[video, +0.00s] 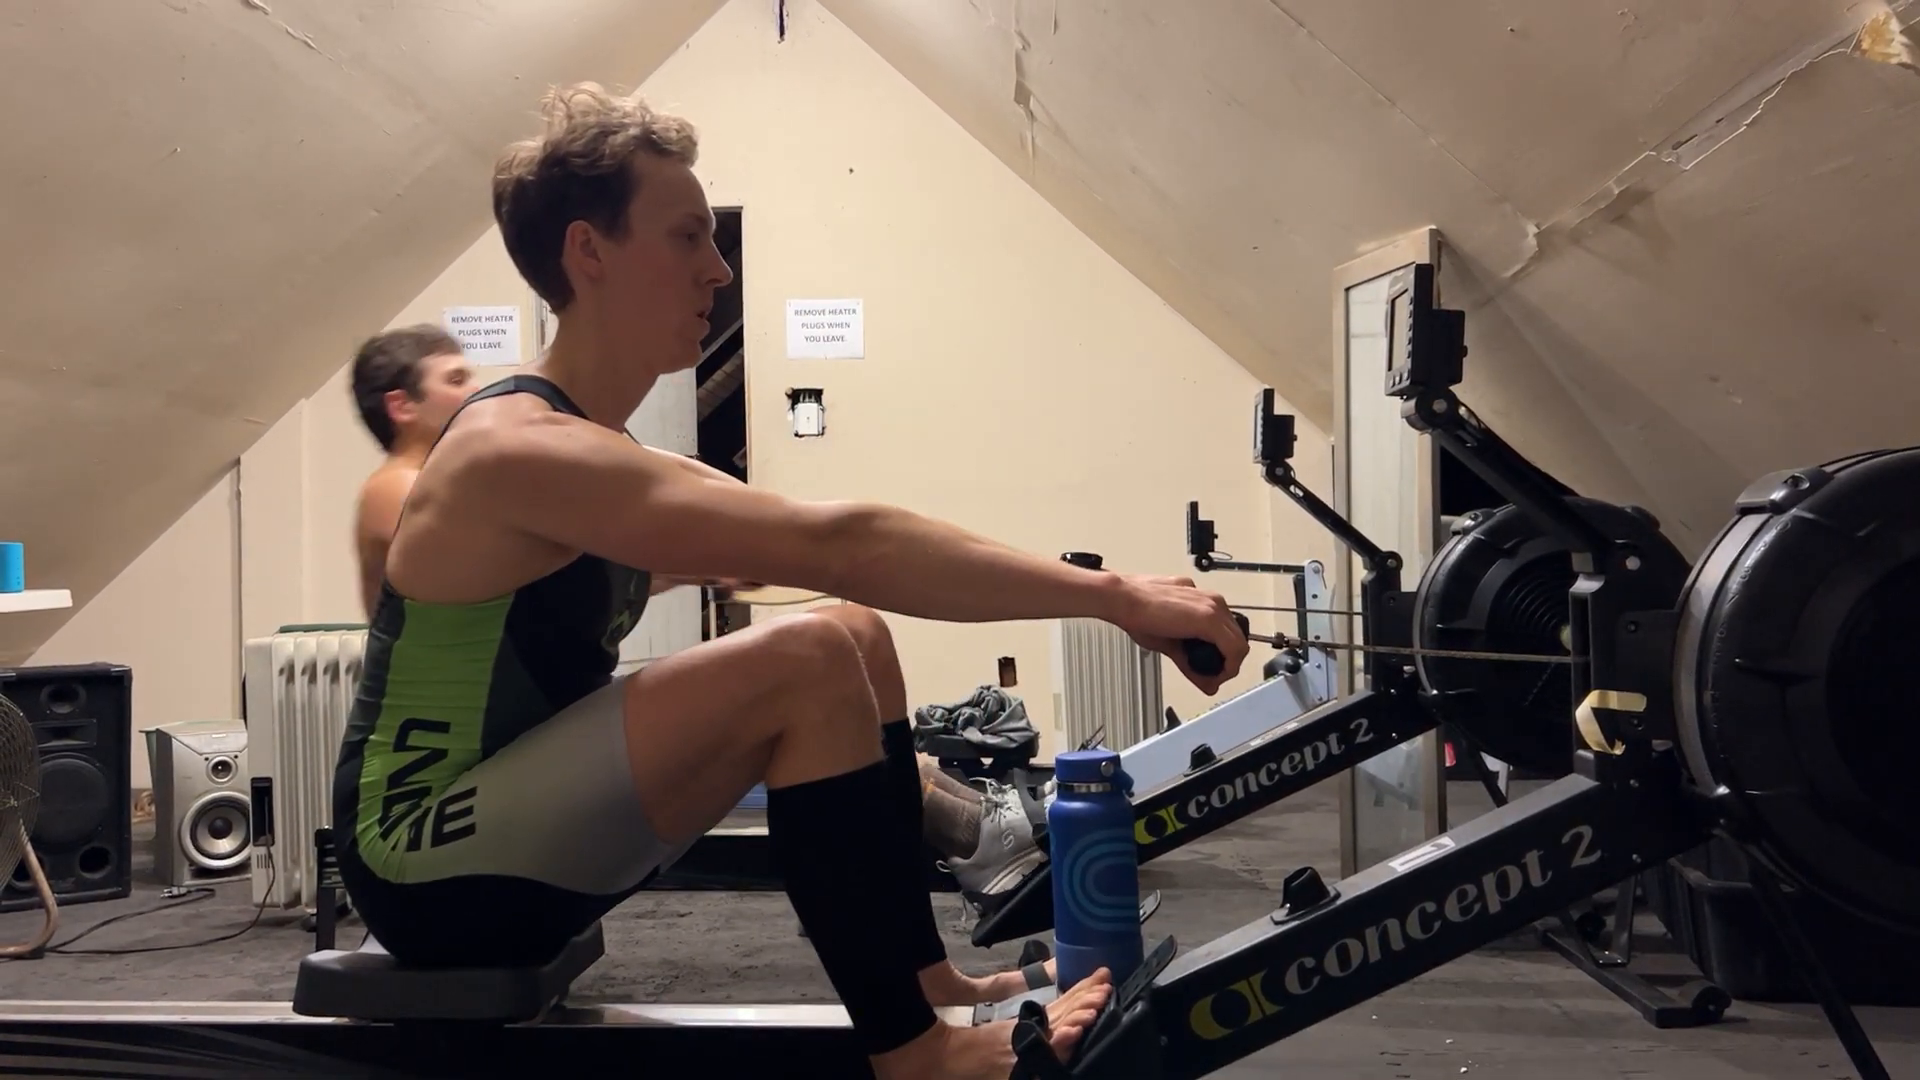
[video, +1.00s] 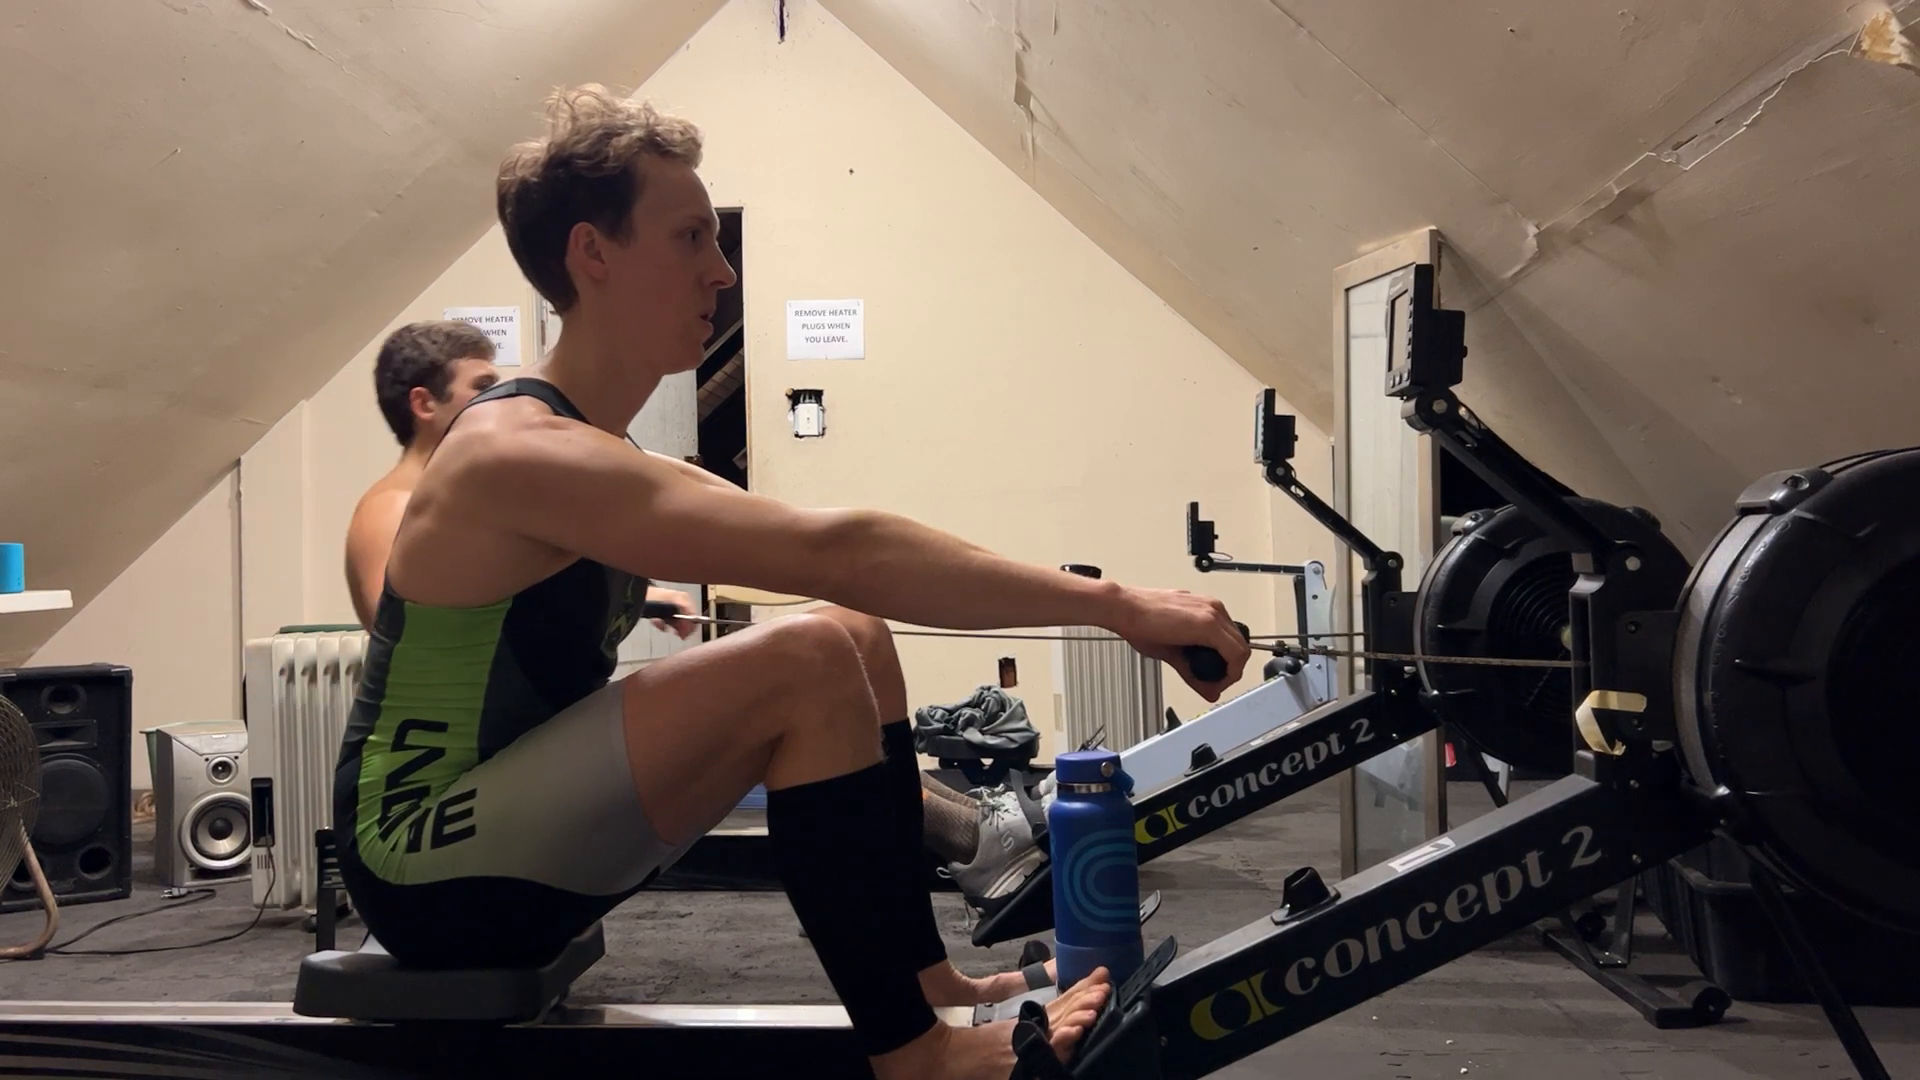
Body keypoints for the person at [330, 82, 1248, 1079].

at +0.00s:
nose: (719, 271)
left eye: (710, 240)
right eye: (689, 240)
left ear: (593, 260)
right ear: (586, 257)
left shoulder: (595, 452)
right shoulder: (517, 449)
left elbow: (834, 557)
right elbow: (832, 545)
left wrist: (1095, 590)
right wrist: (1114, 594)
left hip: (502, 823)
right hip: (433, 854)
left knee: (857, 642)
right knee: (807, 666)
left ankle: (923, 989)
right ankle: (903, 1047)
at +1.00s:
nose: (722, 274)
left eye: (715, 243)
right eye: (693, 242)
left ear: (597, 262)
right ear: (590, 258)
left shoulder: (588, 452)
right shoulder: (519, 452)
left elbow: (833, 566)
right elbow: (830, 554)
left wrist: (1096, 603)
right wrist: (1115, 607)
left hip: (500, 826)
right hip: (433, 857)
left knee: (855, 644)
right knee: (807, 664)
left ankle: (926, 994)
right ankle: (901, 1047)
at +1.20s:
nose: (724, 274)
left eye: (716, 242)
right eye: (695, 242)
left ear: (599, 262)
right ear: (592, 258)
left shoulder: (584, 449)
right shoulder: (517, 449)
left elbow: (581, 604)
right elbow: (834, 552)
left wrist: (730, 608)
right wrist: (1116, 608)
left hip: (501, 820)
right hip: (434, 855)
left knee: (853, 643)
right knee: (804, 663)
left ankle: (925, 991)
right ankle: (902, 1047)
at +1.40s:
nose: (724, 273)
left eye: (717, 241)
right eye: (695, 242)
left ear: (600, 263)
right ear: (592, 259)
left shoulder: (594, 446)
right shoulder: (519, 452)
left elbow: (604, 588)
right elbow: (836, 554)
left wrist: (780, 604)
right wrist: (1116, 609)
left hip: (504, 823)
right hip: (433, 855)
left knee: (850, 645)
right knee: (805, 663)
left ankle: (927, 995)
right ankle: (902, 1048)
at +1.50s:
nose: (724, 273)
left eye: (717, 242)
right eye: (695, 242)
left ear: (599, 263)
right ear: (592, 259)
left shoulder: (594, 449)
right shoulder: (520, 449)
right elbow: (836, 556)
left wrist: (886, 609)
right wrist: (1118, 609)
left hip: (504, 827)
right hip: (433, 854)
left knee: (851, 650)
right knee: (808, 665)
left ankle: (927, 994)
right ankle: (901, 1047)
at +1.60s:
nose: (725, 274)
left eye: (719, 243)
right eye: (697, 241)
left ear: (600, 263)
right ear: (592, 258)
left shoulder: (597, 446)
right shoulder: (524, 449)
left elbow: (837, 561)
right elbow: (832, 555)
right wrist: (1119, 612)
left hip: (501, 824)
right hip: (433, 851)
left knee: (855, 647)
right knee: (805, 664)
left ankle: (925, 993)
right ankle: (901, 1046)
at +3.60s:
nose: (673, 269)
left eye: (660, 238)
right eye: (638, 239)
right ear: (531, 264)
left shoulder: (593, 468)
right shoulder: (457, 458)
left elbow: (805, 561)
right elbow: (736, 596)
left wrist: (1024, 606)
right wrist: (1024, 633)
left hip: (416, 805)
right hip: (332, 829)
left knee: (775, 663)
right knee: (724, 686)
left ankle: (909, 972)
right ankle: (896, 1046)